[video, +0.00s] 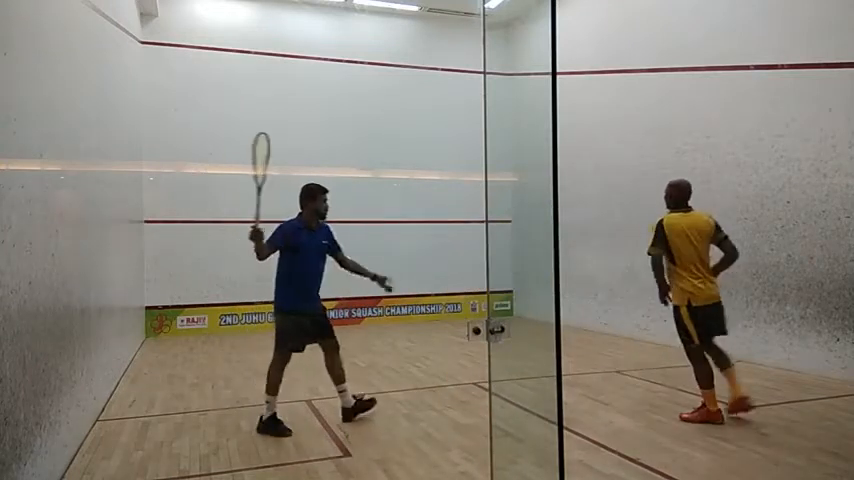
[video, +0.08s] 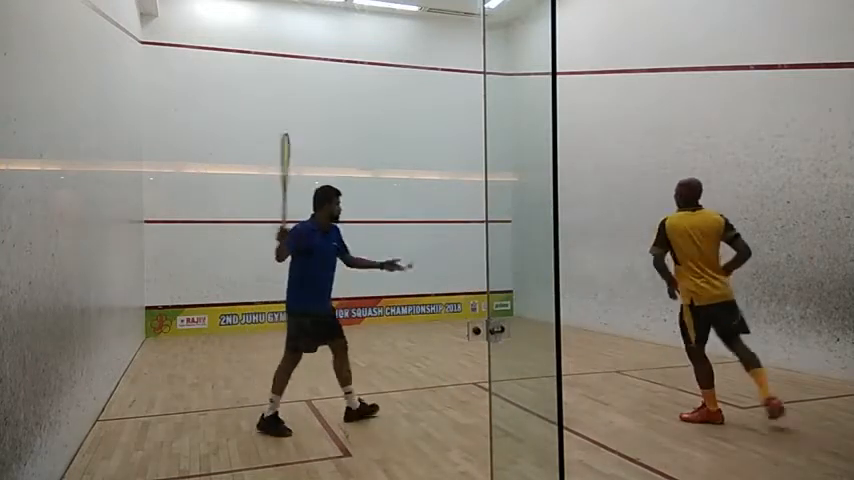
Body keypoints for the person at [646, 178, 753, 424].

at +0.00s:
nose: (664, 197)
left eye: (667, 194)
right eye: (666, 192)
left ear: (672, 197)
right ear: (688, 198)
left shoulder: (664, 224)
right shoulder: (706, 221)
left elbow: (655, 258)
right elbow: (732, 252)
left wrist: (661, 285)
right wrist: (713, 271)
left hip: (685, 300)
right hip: (710, 297)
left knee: (695, 353)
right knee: (709, 344)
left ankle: (711, 408)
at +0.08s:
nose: (674, 197)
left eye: (676, 194)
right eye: (676, 193)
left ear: (679, 197)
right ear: (699, 198)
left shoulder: (668, 224)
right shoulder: (717, 220)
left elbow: (657, 259)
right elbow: (744, 251)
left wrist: (670, 281)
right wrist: (725, 269)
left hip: (693, 302)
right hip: (722, 298)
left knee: (696, 352)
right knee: (736, 343)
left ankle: (711, 408)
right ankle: (767, 396)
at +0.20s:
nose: (684, 197)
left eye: (686, 194)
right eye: (686, 193)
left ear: (688, 197)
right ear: (709, 198)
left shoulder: (676, 225)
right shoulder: (728, 220)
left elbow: (663, 261)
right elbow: (756, 251)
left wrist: (679, 277)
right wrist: (741, 261)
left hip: (702, 302)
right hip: (734, 297)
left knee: (696, 351)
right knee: (760, 345)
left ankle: (710, 408)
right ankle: (789, 400)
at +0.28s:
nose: (696, 199)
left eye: (698, 196)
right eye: (699, 195)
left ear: (700, 199)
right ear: (721, 199)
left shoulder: (689, 227)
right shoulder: (741, 220)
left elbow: (675, 263)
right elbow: (771, 252)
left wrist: (691, 275)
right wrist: (753, 260)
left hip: (714, 303)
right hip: (748, 300)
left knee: (700, 351)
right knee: (778, 349)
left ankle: (710, 409)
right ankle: (804, 408)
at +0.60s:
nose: (749, 211)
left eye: (750, 208)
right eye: (750, 207)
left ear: (754, 210)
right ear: (777, 208)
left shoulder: (746, 236)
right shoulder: (800, 228)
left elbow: (732, 272)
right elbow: (837, 259)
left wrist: (735, 281)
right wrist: (819, 267)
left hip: (762, 312)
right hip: (800, 312)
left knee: (735, 353)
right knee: (818, 369)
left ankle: (724, 409)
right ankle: (814, 439)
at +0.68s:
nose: (760, 206)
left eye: (762, 203)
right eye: (762, 202)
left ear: (766, 204)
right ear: (788, 203)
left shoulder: (759, 233)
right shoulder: (813, 225)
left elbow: (745, 266)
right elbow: (846, 256)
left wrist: (745, 279)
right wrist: (826, 270)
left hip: (778, 309)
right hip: (813, 310)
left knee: (748, 347)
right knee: (822, 369)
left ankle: (755, 412)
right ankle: (814, 437)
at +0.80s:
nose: (769, 202)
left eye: (770, 198)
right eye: (772, 198)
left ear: (774, 200)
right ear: (797, 198)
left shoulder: (768, 230)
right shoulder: (821, 221)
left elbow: (753, 260)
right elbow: (850, 255)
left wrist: (751, 273)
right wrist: (832, 273)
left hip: (789, 307)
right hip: (824, 306)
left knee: (772, 358)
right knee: (833, 362)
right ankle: (829, 412)